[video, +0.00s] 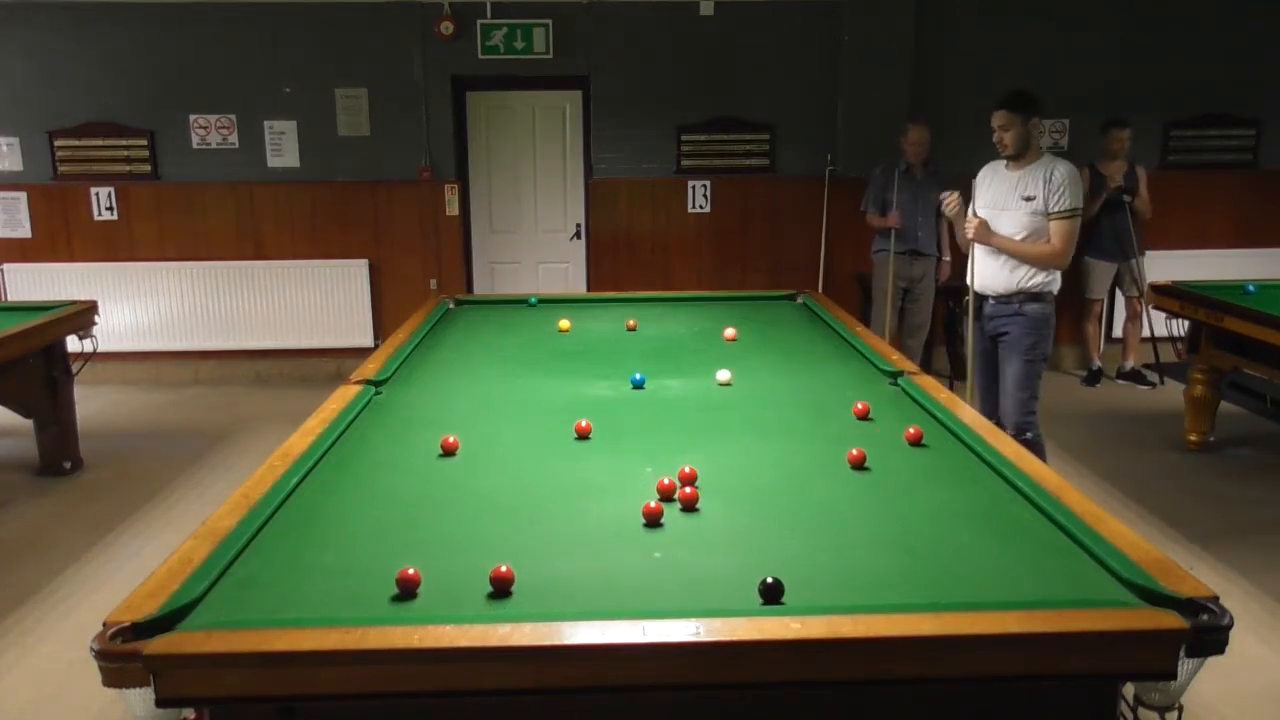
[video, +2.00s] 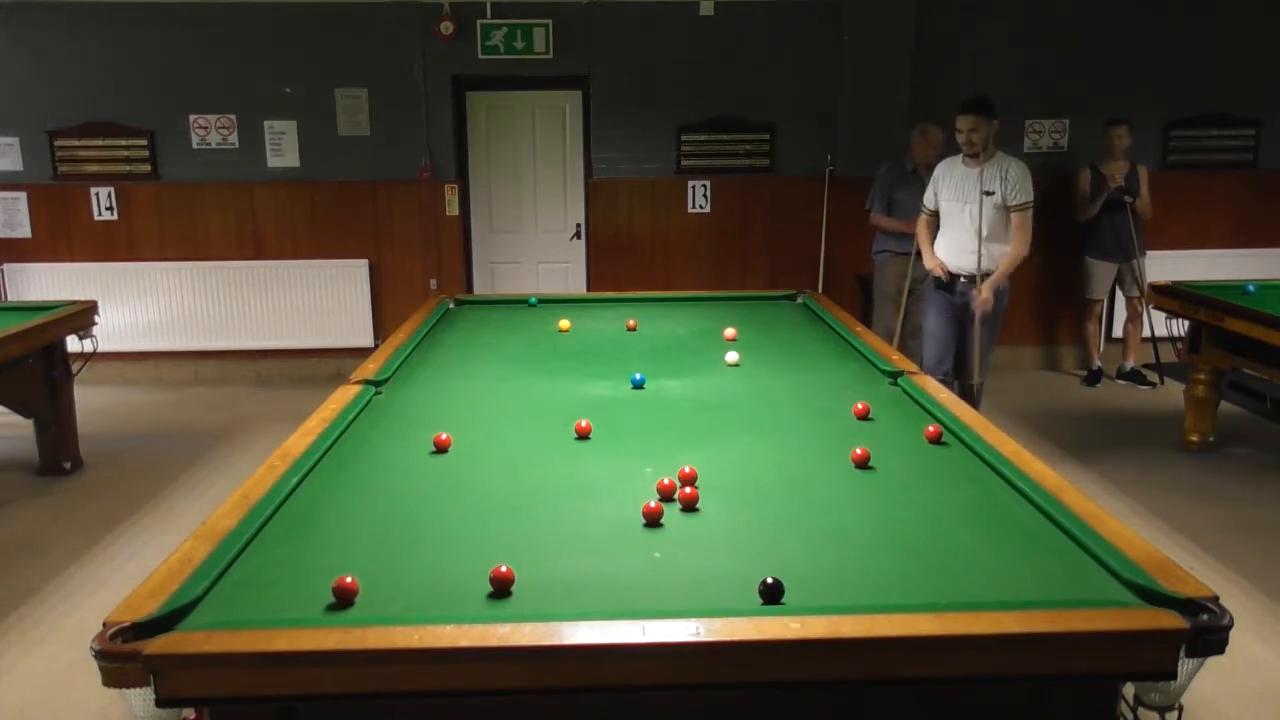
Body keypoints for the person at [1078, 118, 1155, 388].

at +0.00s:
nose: (1123, 146)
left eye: (1126, 141)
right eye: (1117, 140)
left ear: (1130, 142)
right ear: (1105, 141)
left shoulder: (1136, 172)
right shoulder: (1089, 173)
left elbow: (1146, 212)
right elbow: (1083, 214)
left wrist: (1131, 196)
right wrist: (1104, 193)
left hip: (1130, 249)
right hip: (1099, 250)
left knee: (1135, 309)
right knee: (1094, 309)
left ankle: (1128, 366)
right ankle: (1094, 364)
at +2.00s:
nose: (1120, 142)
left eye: (1124, 137)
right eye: (1115, 137)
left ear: (1130, 140)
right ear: (1106, 140)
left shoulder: (1138, 170)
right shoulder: (1089, 172)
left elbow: (1146, 211)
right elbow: (1083, 214)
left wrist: (1130, 196)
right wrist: (1106, 191)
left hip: (1132, 250)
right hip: (1099, 250)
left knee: (1136, 309)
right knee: (1094, 310)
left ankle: (1128, 366)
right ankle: (1094, 365)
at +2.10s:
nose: (1120, 144)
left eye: (1124, 139)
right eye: (1115, 139)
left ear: (1130, 141)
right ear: (1106, 140)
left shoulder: (1138, 171)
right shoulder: (1089, 173)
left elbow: (1146, 211)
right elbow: (1083, 214)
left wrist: (1129, 195)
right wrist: (1106, 190)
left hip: (1132, 250)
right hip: (1100, 250)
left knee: (1136, 309)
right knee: (1094, 309)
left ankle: (1128, 366)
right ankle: (1094, 365)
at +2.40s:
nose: (1124, 145)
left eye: (1128, 140)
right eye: (1118, 139)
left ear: (1132, 142)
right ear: (1106, 140)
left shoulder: (1138, 171)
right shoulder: (1089, 172)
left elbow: (1147, 211)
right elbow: (1083, 214)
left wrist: (1131, 197)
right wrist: (1107, 191)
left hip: (1132, 251)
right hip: (1099, 251)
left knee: (1136, 309)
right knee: (1094, 310)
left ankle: (1128, 366)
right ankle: (1094, 365)